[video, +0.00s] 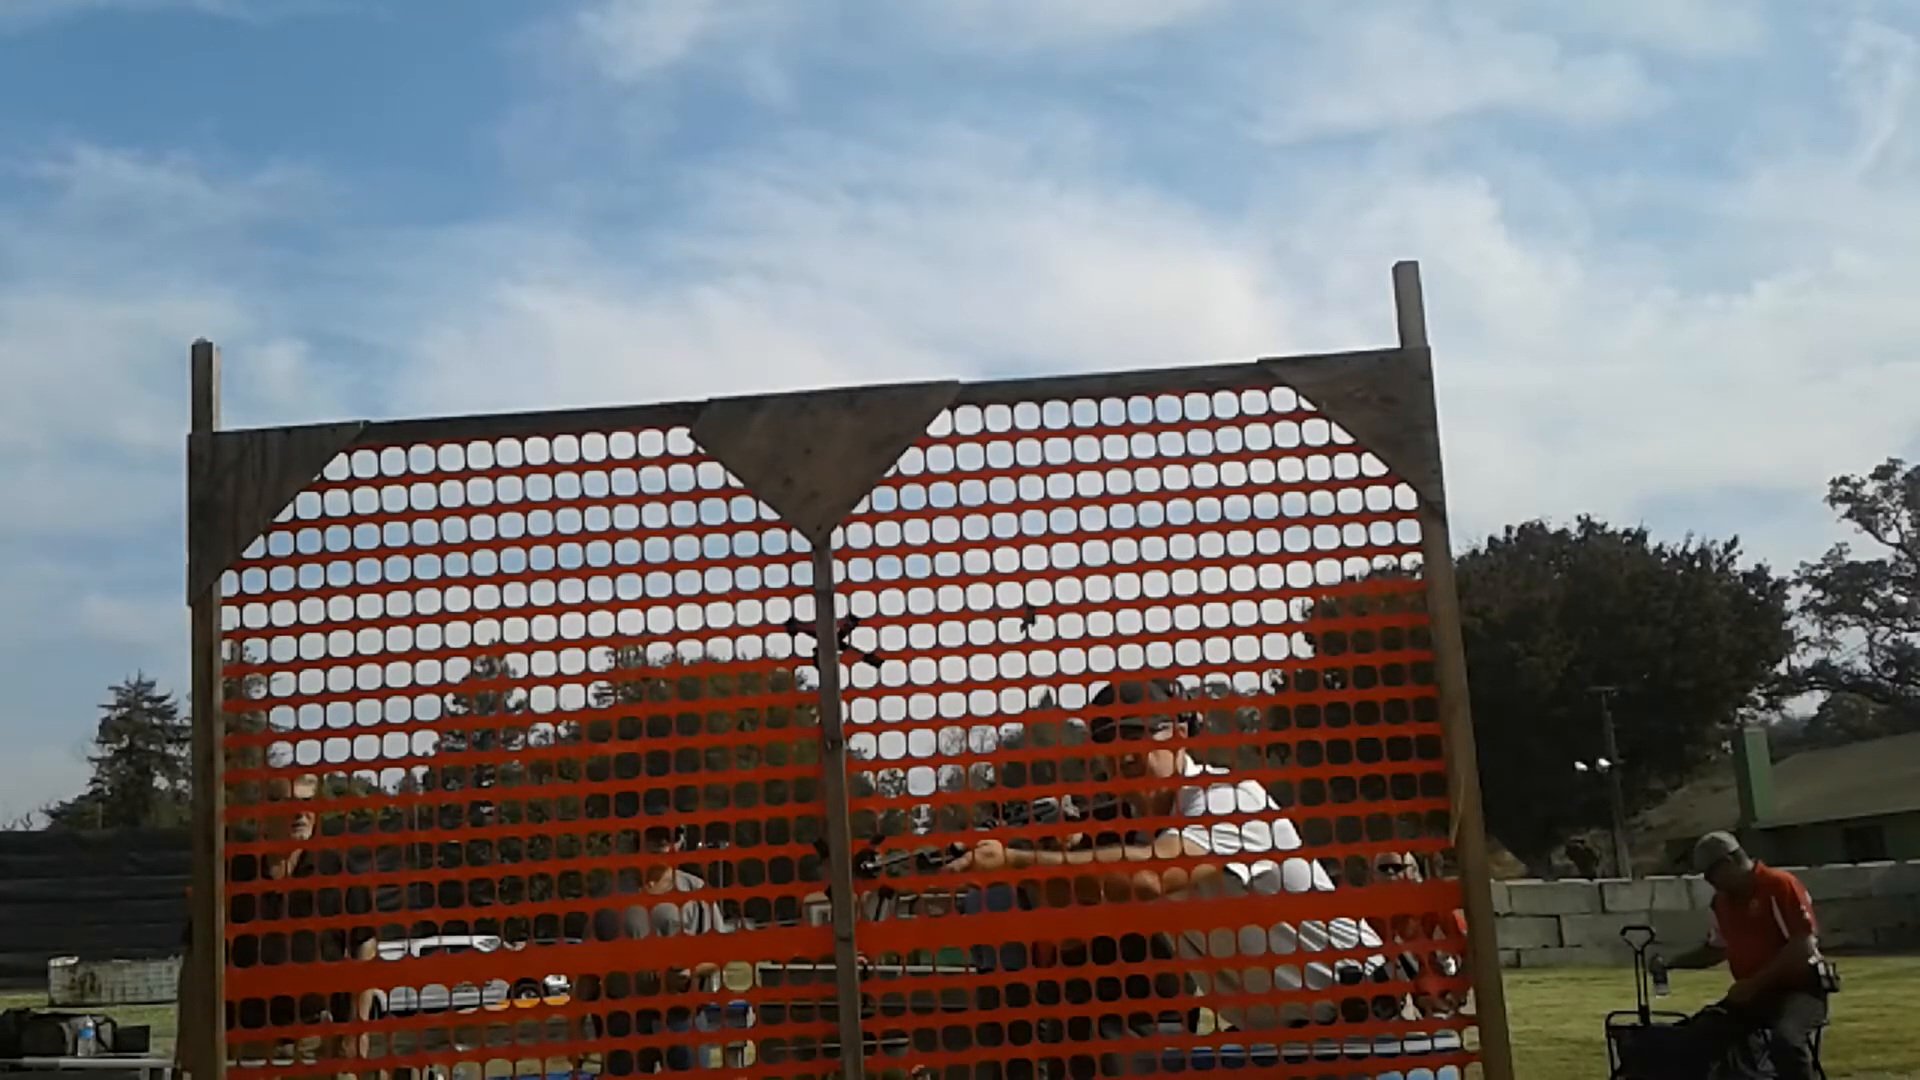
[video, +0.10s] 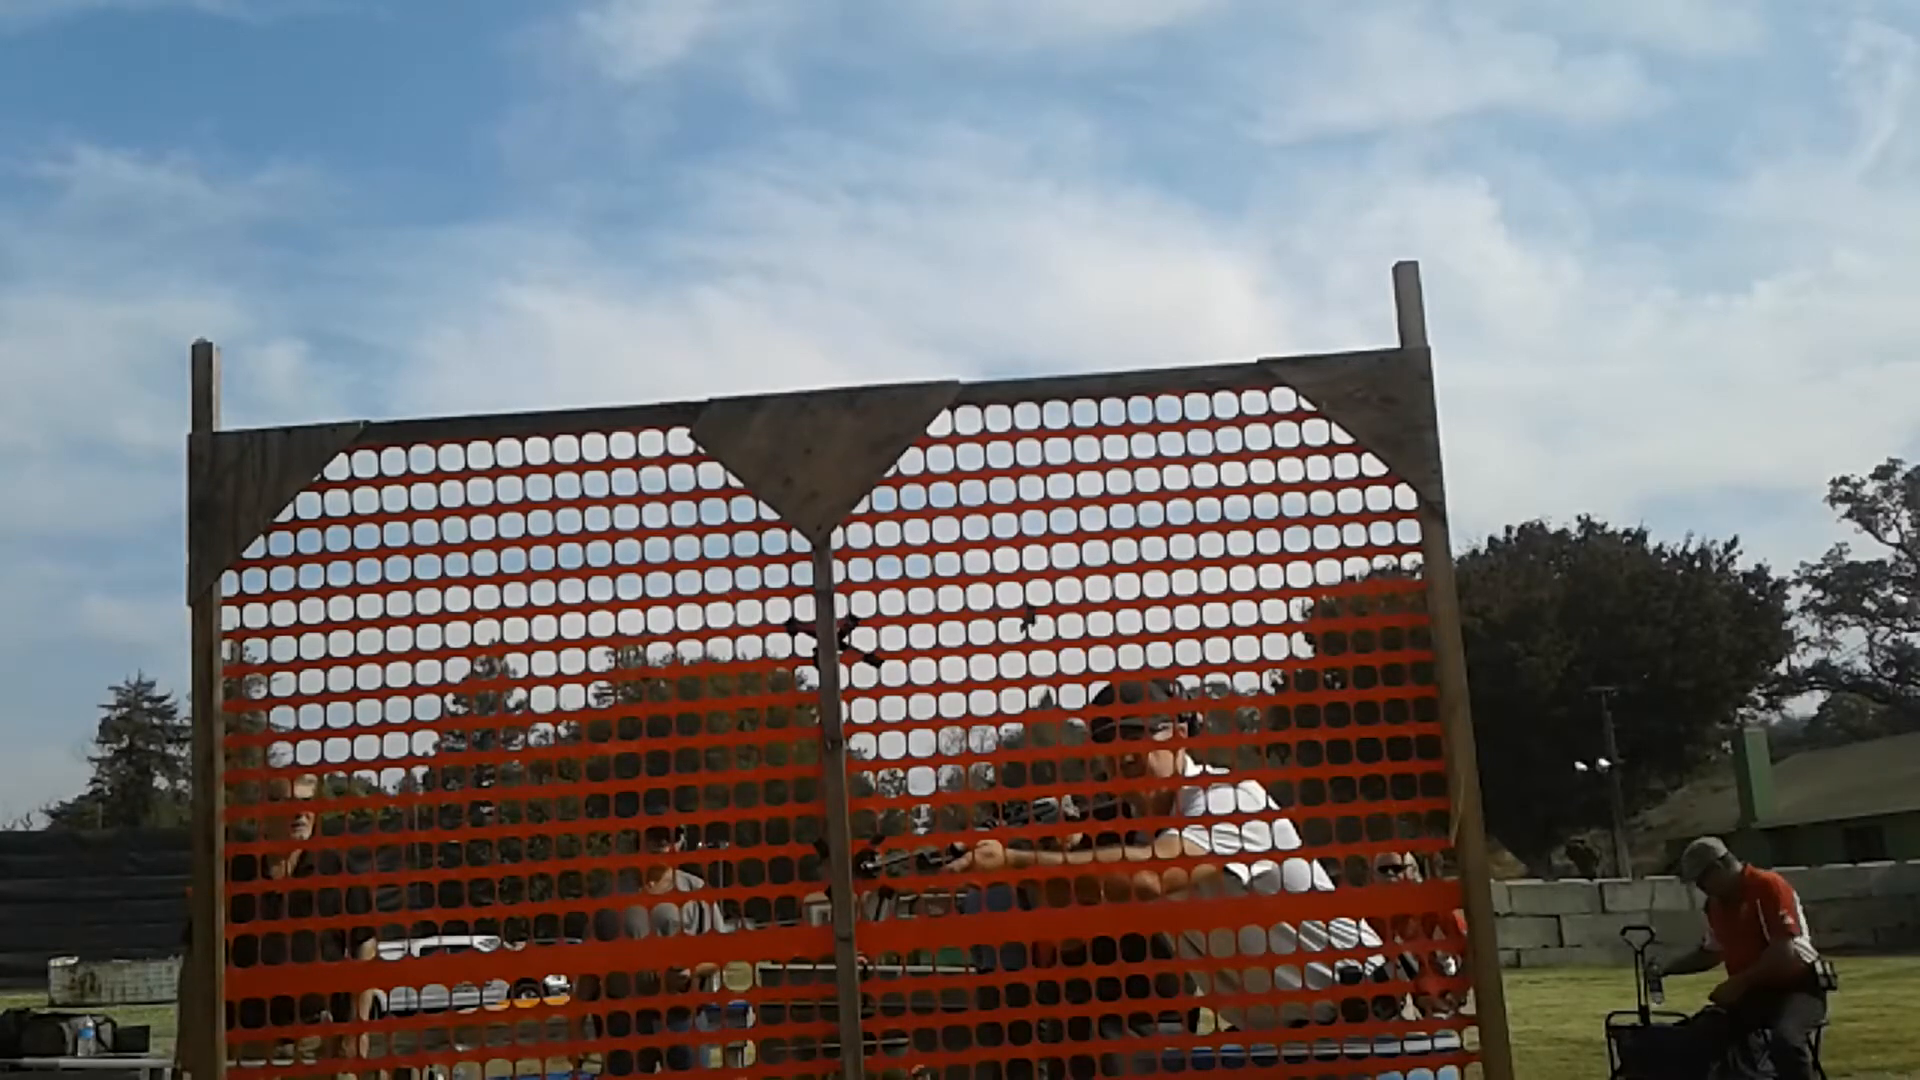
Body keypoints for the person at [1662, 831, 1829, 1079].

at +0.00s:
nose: (1709, 882)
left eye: (1712, 873)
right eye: (1706, 876)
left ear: (1732, 860)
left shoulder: (1781, 884)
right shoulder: (1723, 899)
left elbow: (1805, 946)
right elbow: (1718, 949)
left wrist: (1752, 985)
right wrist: (1671, 962)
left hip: (1800, 991)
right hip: (1754, 993)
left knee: (1786, 1042)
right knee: (1697, 1036)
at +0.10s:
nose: (1701, 889)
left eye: (1703, 880)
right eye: (1697, 883)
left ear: (1722, 866)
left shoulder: (1770, 886)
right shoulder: (1716, 904)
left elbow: (1790, 952)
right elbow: (1713, 952)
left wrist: (1738, 984)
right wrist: (1667, 967)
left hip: (1797, 990)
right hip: (1752, 993)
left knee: (1787, 1040)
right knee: (1694, 1038)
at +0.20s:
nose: (1693, 895)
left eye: (1694, 887)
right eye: (1690, 890)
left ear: (1709, 872)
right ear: (1707, 875)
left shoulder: (1757, 888)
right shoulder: (1708, 908)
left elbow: (1762, 956)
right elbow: (1707, 957)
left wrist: (1716, 992)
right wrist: (1662, 974)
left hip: (1795, 990)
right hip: (1750, 992)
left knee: (1787, 1041)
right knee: (1692, 1038)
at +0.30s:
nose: (1685, 902)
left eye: (1685, 894)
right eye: (1681, 897)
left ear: (1699, 880)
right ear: (1698, 881)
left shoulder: (1745, 893)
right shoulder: (1703, 907)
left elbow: (1739, 964)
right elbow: (1703, 960)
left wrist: (1701, 1002)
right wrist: (1657, 981)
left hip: (1794, 989)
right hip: (1748, 991)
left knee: (1788, 1041)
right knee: (1689, 1034)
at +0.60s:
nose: (1670, 916)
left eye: (1670, 909)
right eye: (1666, 912)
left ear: (1683, 893)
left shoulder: (1719, 906)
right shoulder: (1690, 912)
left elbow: (1708, 974)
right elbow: (1692, 965)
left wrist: (1682, 1017)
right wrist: (1651, 992)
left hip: (1791, 989)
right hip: (1745, 995)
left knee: (1789, 1044)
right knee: (1687, 1039)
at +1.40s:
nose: (1668, 895)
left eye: (1673, 887)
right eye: (1666, 888)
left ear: (1695, 881)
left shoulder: (1719, 907)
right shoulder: (1689, 909)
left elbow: (1705, 977)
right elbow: (1680, 963)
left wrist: (1682, 1025)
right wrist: (1659, 1010)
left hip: (1791, 989)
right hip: (1745, 994)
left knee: (1785, 1042)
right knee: (1679, 1046)